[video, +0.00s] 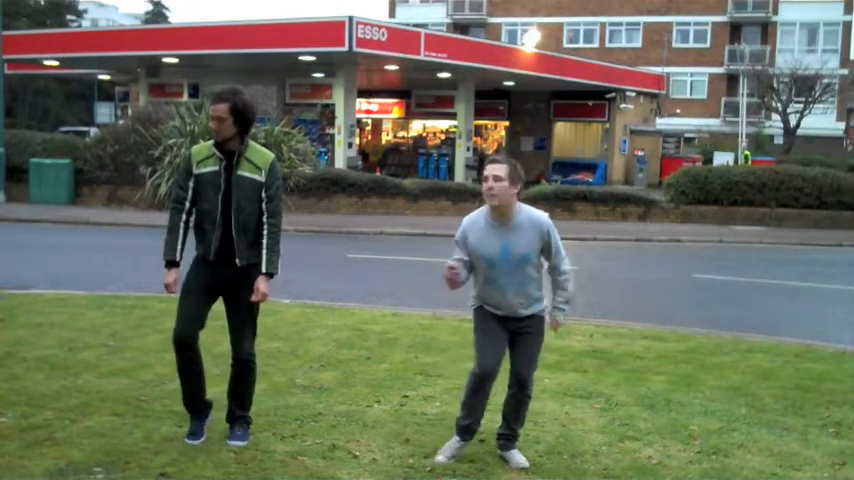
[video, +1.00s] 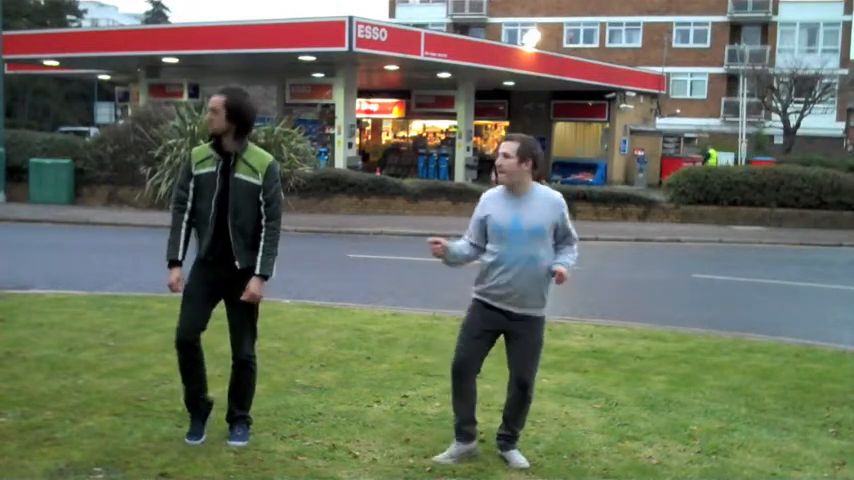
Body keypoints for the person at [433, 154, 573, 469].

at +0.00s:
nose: (489, 185)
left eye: (497, 180)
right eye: (486, 179)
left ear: (516, 187)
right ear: (481, 185)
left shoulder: (540, 223)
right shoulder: (471, 225)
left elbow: (560, 267)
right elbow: (462, 264)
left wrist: (558, 308)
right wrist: (455, 275)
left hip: (530, 316)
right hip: (489, 313)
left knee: (523, 381)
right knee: (485, 371)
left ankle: (508, 444)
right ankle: (462, 436)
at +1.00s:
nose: (498, 163)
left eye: (506, 157)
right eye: (497, 156)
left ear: (527, 164)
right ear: (499, 162)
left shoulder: (553, 202)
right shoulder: (489, 200)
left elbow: (568, 244)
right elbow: (472, 245)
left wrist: (563, 265)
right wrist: (449, 250)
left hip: (529, 312)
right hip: (487, 304)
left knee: (524, 382)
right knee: (462, 366)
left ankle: (508, 444)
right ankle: (465, 440)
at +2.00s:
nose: (512, 170)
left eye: (520, 167)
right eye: (508, 165)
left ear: (533, 178)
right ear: (499, 173)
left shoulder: (547, 218)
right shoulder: (482, 209)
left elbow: (566, 255)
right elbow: (470, 249)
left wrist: (576, 270)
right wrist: (462, 269)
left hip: (535, 316)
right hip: (493, 313)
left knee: (526, 381)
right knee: (461, 369)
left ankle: (509, 444)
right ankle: (469, 443)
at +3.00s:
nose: (514, 160)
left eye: (521, 156)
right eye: (509, 154)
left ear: (531, 163)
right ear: (498, 161)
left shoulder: (547, 199)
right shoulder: (485, 191)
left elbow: (569, 242)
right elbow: (466, 226)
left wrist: (559, 268)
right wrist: (434, 230)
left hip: (527, 295)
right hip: (491, 280)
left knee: (517, 375)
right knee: (449, 307)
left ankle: (506, 444)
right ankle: (452, 387)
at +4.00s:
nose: (507, 190)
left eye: (513, 182)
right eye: (500, 183)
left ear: (523, 176)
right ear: (491, 179)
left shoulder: (543, 198)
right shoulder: (482, 193)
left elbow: (577, 215)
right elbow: (461, 204)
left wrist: (608, 211)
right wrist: (433, 192)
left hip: (522, 303)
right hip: (481, 298)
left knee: (515, 377)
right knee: (461, 364)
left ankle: (506, 444)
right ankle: (458, 438)